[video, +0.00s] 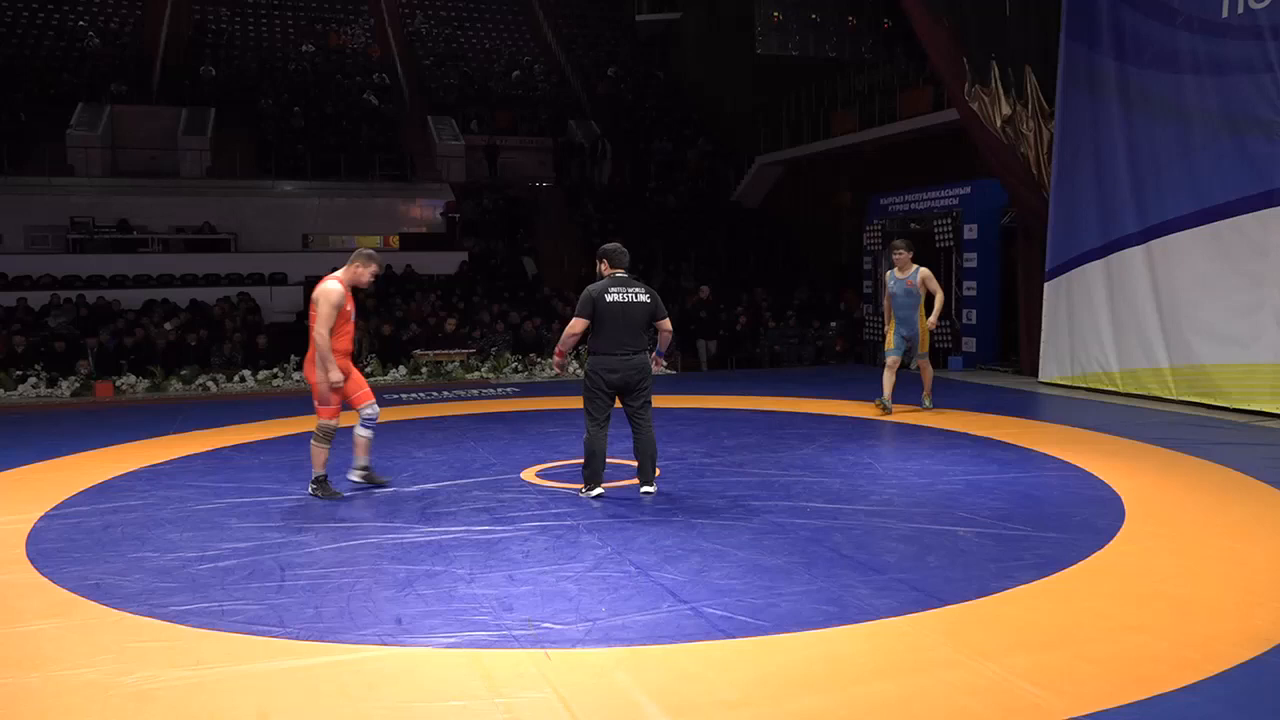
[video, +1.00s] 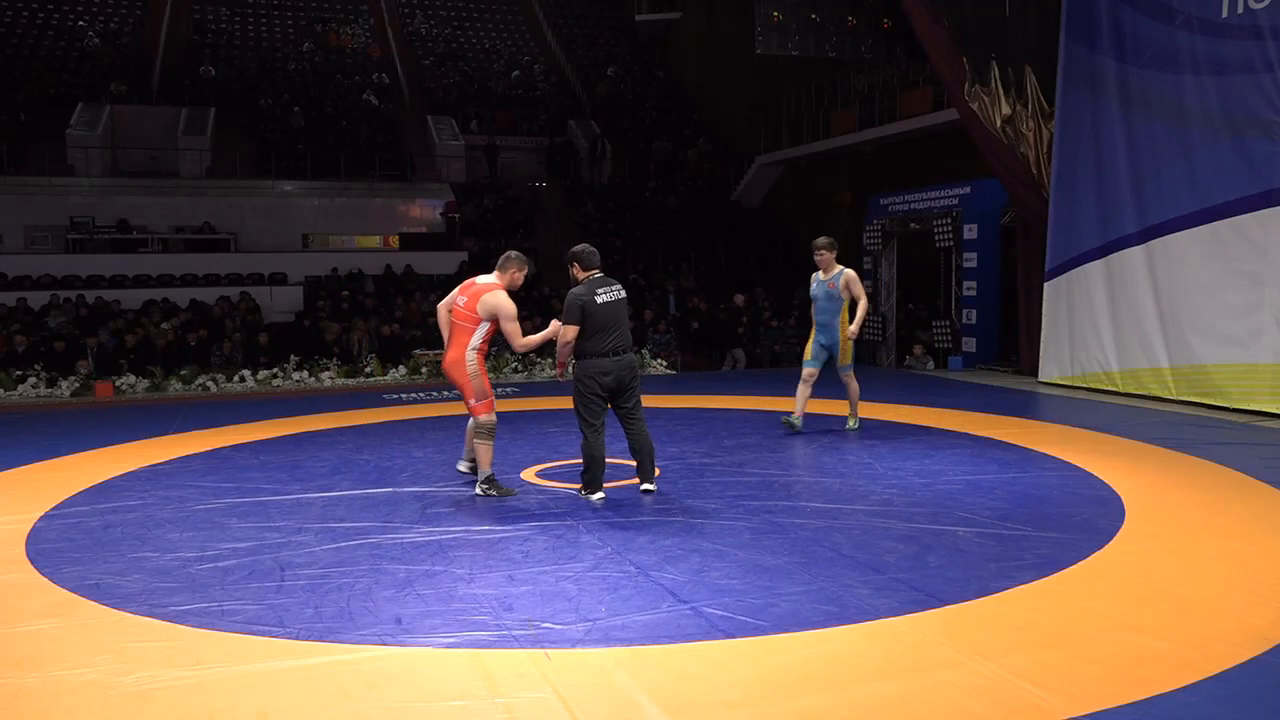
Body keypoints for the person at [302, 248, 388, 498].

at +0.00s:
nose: (371, 281)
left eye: (374, 276)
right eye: (371, 275)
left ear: (357, 268)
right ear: (357, 267)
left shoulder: (342, 288)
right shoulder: (332, 289)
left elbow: (332, 332)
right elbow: (319, 333)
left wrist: (343, 365)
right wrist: (331, 370)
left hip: (342, 364)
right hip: (323, 366)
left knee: (370, 412)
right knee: (327, 424)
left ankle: (361, 470)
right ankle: (318, 479)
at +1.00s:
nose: (522, 281)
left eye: (524, 276)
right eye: (522, 276)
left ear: (503, 270)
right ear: (512, 272)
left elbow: (442, 307)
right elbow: (520, 344)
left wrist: (450, 345)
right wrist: (550, 332)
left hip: (453, 359)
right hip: (468, 362)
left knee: (480, 412)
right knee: (486, 420)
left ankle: (469, 460)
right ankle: (485, 480)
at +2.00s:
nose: (570, 329)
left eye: (572, 325)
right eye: (570, 324)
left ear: (553, 313)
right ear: (562, 316)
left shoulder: (536, 322)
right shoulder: (551, 328)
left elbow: (527, 370)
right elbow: (556, 371)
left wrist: (517, 390)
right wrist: (566, 375)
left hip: (479, 363)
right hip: (494, 364)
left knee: (508, 414)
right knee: (522, 418)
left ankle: (505, 464)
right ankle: (528, 476)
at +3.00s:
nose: (585, 322)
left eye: (586, 317)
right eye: (585, 316)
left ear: (567, 311)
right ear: (576, 312)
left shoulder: (549, 321)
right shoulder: (566, 326)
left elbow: (538, 369)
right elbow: (590, 361)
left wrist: (526, 392)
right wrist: (610, 348)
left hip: (491, 362)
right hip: (505, 363)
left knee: (519, 413)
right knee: (530, 417)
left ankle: (514, 463)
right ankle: (536, 476)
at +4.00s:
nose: (593, 330)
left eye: (595, 326)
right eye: (593, 325)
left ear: (577, 313)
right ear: (588, 318)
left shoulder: (557, 318)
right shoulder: (580, 325)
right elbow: (566, 348)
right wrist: (554, 381)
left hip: (500, 355)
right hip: (523, 356)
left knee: (519, 414)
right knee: (537, 415)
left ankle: (522, 461)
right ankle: (545, 474)